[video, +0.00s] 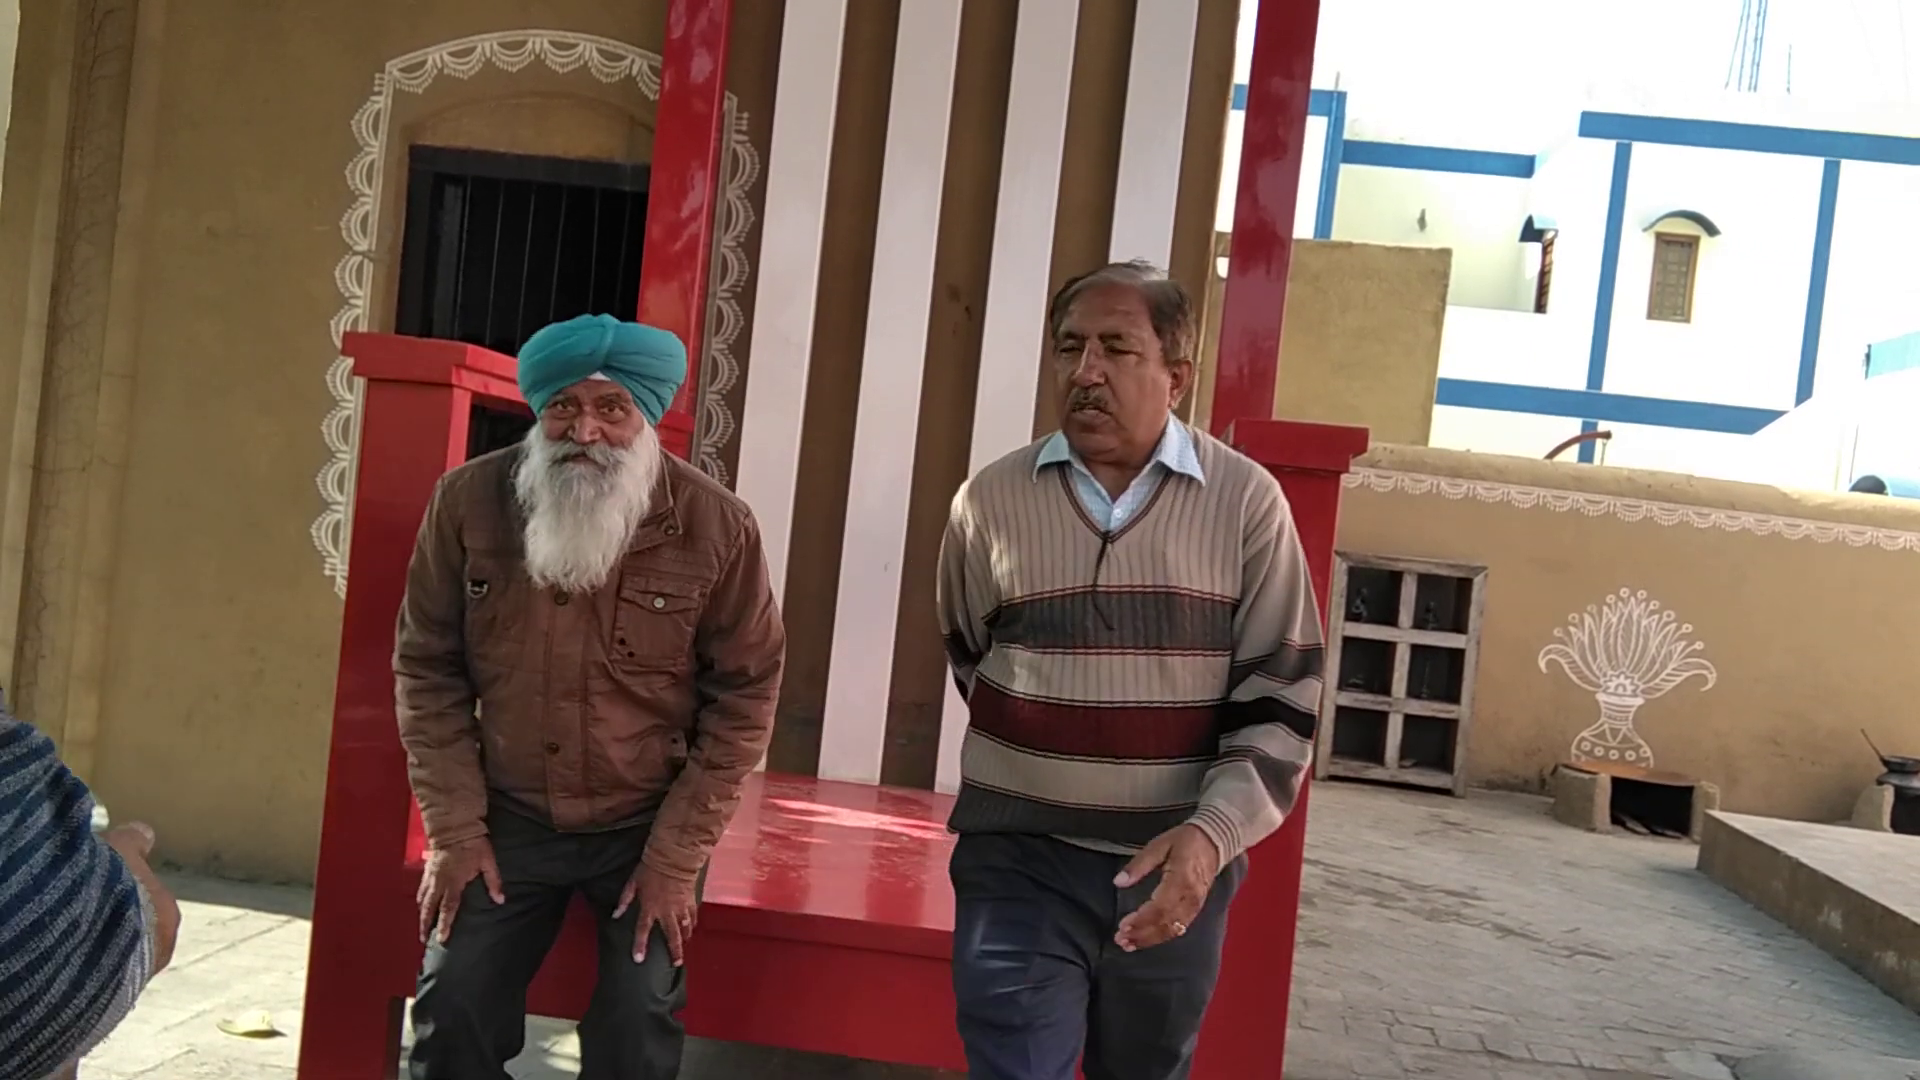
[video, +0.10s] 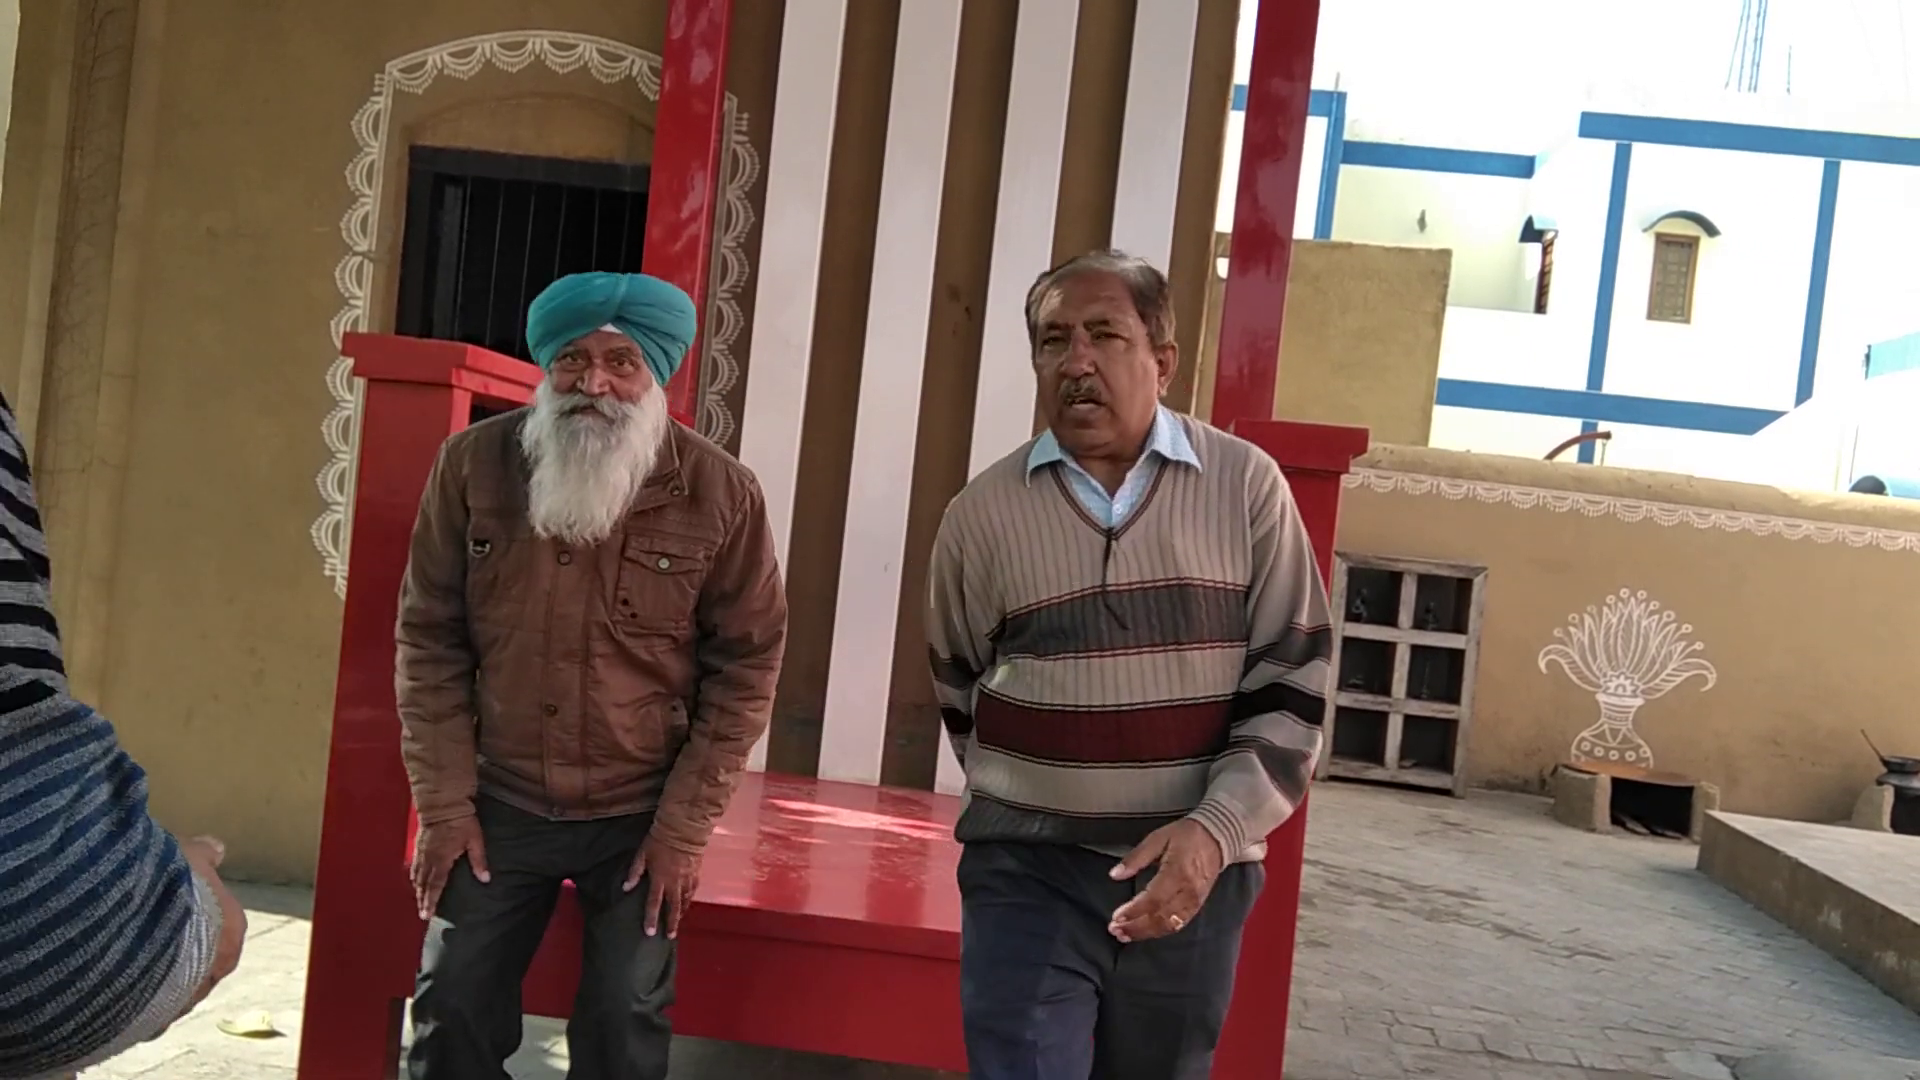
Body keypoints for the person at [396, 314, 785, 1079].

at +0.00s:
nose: (585, 430)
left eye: (610, 409)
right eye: (564, 407)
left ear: (650, 420)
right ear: (536, 414)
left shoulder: (718, 529)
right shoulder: (468, 503)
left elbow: (745, 697)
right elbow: (425, 667)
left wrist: (679, 851)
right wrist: (455, 827)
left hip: (646, 831)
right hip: (506, 823)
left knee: (636, 1018)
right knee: (454, 1005)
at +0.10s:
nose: (594, 382)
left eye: (621, 364)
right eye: (574, 359)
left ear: (660, 381)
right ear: (546, 370)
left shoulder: (721, 495)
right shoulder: (473, 464)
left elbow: (745, 673)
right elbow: (427, 638)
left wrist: (683, 826)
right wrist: (443, 802)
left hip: (641, 818)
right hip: (497, 808)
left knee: (623, 1026)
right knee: (453, 1015)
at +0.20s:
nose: (606, 347)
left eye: (634, 330)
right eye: (586, 325)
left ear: (673, 351)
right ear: (556, 337)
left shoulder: (731, 473)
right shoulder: (478, 438)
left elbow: (754, 647)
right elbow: (424, 610)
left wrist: (697, 803)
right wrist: (428, 773)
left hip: (639, 812)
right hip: (492, 800)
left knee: (618, 1035)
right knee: (453, 1029)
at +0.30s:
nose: (618, 324)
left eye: (646, 309)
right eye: (601, 302)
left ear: (687, 337)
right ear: (568, 315)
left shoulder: (739, 461)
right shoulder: (489, 420)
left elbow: (760, 638)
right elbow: (426, 595)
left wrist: (712, 792)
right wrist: (410, 762)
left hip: (644, 805)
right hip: (496, 794)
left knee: (621, 1036)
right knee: (461, 1030)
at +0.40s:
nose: (634, 308)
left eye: (661, 293)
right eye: (617, 286)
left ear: (699, 321)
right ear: (582, 298)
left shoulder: (747, 449)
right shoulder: (499, 407)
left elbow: (768, 633)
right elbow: (432, 584)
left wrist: (726, 792)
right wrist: (408, 744)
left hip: (652, 798)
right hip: (500, 784)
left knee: (627, 1029)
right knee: (460, 1024)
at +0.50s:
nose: (648, 298)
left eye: (675, 283)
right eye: (630, 275)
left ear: (711, 310)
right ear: (594, 288)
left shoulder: (757, 443)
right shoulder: (506, 397)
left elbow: (775, 632)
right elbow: (433, 568)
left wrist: (735, 788)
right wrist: (423, 743)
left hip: (655, 784)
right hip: (497, 760)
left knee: (628, 1025)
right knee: (457, 1013)